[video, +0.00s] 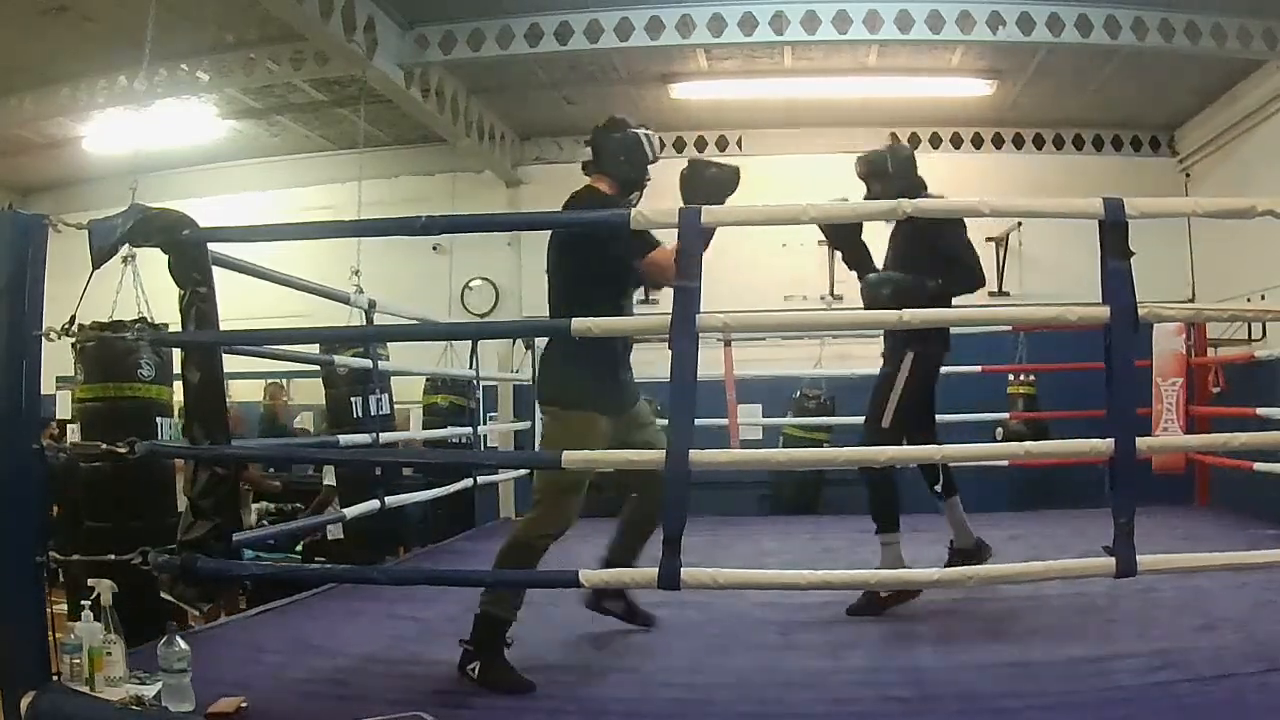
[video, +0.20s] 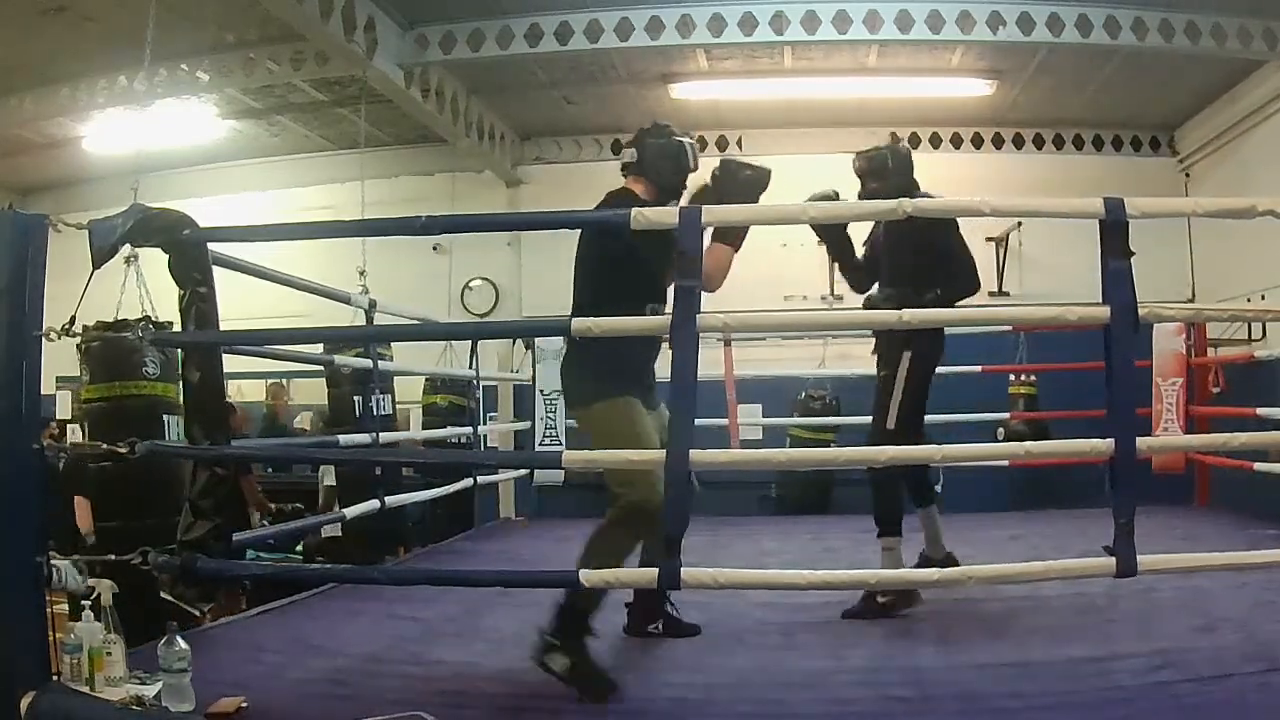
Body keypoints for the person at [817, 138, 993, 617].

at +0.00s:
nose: (867, 194)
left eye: (872, 184)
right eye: (865, 185)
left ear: (896, 179)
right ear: (893, 179)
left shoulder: (935, 215)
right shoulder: (907, 222)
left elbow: (972, 276)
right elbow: (885, 289)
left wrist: (915, 289)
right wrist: (852, 244)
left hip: (920, 345)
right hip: (906, 343)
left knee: (874, 450)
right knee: (921, 441)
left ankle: (893, 571)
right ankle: (966, 540)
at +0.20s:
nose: (863, 188)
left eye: (869, 179)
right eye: (860, 180)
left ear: (893, 176)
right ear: (871, 178)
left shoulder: (929, 214)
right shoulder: (885, 223)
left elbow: (966, 280)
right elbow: (860, 279)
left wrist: (914, 304)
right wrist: (833, 232)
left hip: (916, 338)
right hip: (894, 338)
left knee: (882, 447)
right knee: (907, 441)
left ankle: (893, 577)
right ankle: (936, 550)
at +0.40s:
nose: (855, 211)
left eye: (861, 202)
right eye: (854, 203)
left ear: (884, 197)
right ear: (883, 199)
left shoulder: (926, 230)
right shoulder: (885, 238)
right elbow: (853, 297)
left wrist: (876, 242)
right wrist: (830, 249)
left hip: (931, 356)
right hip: (910, 356)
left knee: (883, 451)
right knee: (880, 445)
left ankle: (893, 583)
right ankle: (929, 537)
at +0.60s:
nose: (874, 230)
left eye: (881, 220)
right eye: (873, 222)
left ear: (906, 214)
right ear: (881, 221)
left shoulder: (947, 249)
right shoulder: (888, 262)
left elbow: (944, 294)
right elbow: (859, 308)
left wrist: (908, 239)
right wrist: (845, 257)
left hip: (938, 376)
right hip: (906, 378)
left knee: (891, 467)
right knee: (902, 469)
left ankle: (895, 583)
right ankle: (951, 547)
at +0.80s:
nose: (882, 206)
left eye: (887, 197)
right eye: (879, 198)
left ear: (909, 195)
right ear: (889, 197)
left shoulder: (952, 228)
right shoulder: (899, 241)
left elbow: (990, 291)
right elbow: (871, 295)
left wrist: (936, 289)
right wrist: (836, 244)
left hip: (958, 352)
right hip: (932, 353)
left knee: (922, 452)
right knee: (931, 450)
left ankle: (932, 575)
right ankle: (988, 537)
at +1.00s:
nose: (898, 230)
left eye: (907, 222)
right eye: (895, 224)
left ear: (932, 225)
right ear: (896, 231)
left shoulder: (968, 257)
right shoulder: (906, 278)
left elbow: (1026, 298)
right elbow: (868, 300)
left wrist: (970, 285)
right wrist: (836, 274)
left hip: (974, 382)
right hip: (952, 384)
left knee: (897, 457)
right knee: (984, 474)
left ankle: (907, 573)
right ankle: (1048, 545)